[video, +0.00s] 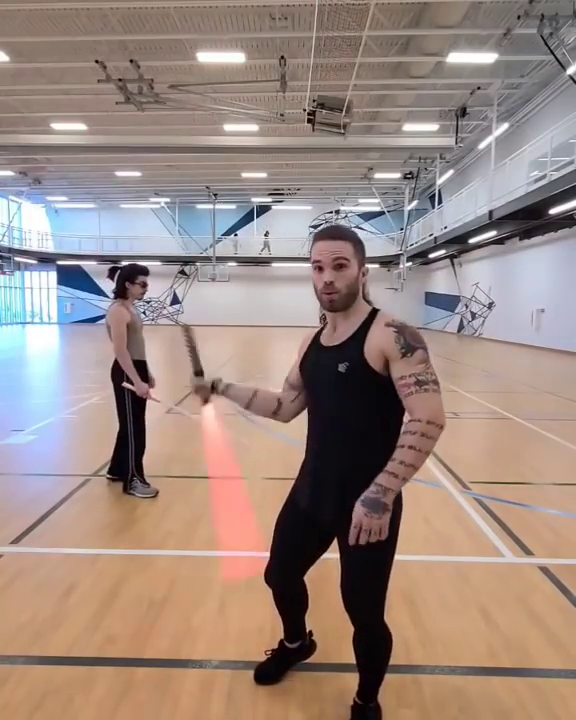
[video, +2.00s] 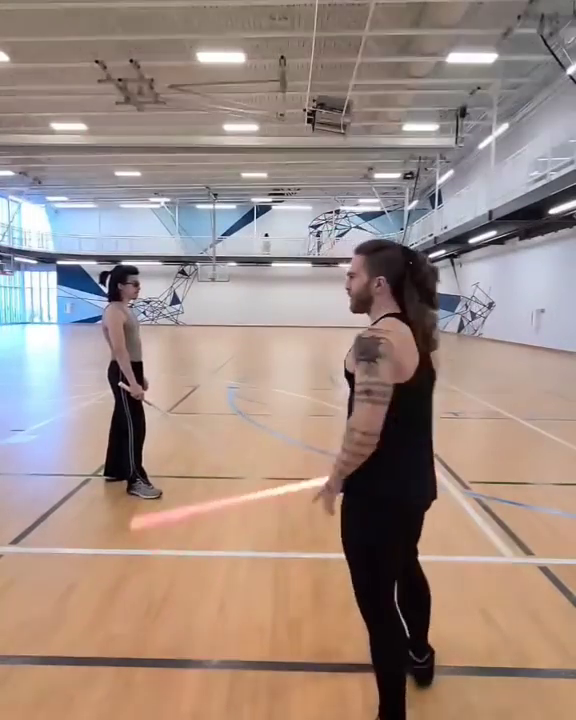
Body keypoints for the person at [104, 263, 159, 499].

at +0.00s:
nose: (145, 289)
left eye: (146, 285)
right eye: (141, 284)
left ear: (137, 287)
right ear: (127, 284)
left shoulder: (131, 310)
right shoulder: (118, 312)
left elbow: (136, 347)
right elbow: (120, 351)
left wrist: (147, 373)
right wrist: (136, 381)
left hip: (136, 369)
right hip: (125, 371)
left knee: (130, 425)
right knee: (134, 428)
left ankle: (117, 468)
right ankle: (133, 479)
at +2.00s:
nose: (137, 288)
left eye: (138, 284)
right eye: (133, 284)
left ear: (132, 287)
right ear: (119, 286)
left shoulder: (125, 310)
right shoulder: (114, 312)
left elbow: (132, 346)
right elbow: (119, 351)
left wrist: (141, 375)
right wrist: (132, 382)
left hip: (132, 369)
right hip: (123, 372)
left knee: (122, 422)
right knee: (136, 425)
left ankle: (114, 468)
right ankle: (136, 479)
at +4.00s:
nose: (140, 290)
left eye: (141, 286)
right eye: (136, 286)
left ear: (132, 289)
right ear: (123, 287)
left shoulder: (127, 311)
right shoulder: (115, 313)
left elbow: (134, 347)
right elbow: (120, 351)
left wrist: (144, 373)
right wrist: (133, 381)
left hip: (132, 369)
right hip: (124, 372)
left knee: (123, 422)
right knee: (137, 425)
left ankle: (114, 468)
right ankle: (135, 480)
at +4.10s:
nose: (140, 290)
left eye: (141, 286)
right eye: (136, 286)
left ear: (133, 288)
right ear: (123, 286)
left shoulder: (127, 311)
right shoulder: (115, 313)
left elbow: (134, 347)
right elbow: (119, 350)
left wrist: (144, 373)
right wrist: (133, 381)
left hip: (132, 369)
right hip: (124, 372)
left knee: (123, 422)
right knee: (136, 425)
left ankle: (114, 468)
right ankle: (135, 480)